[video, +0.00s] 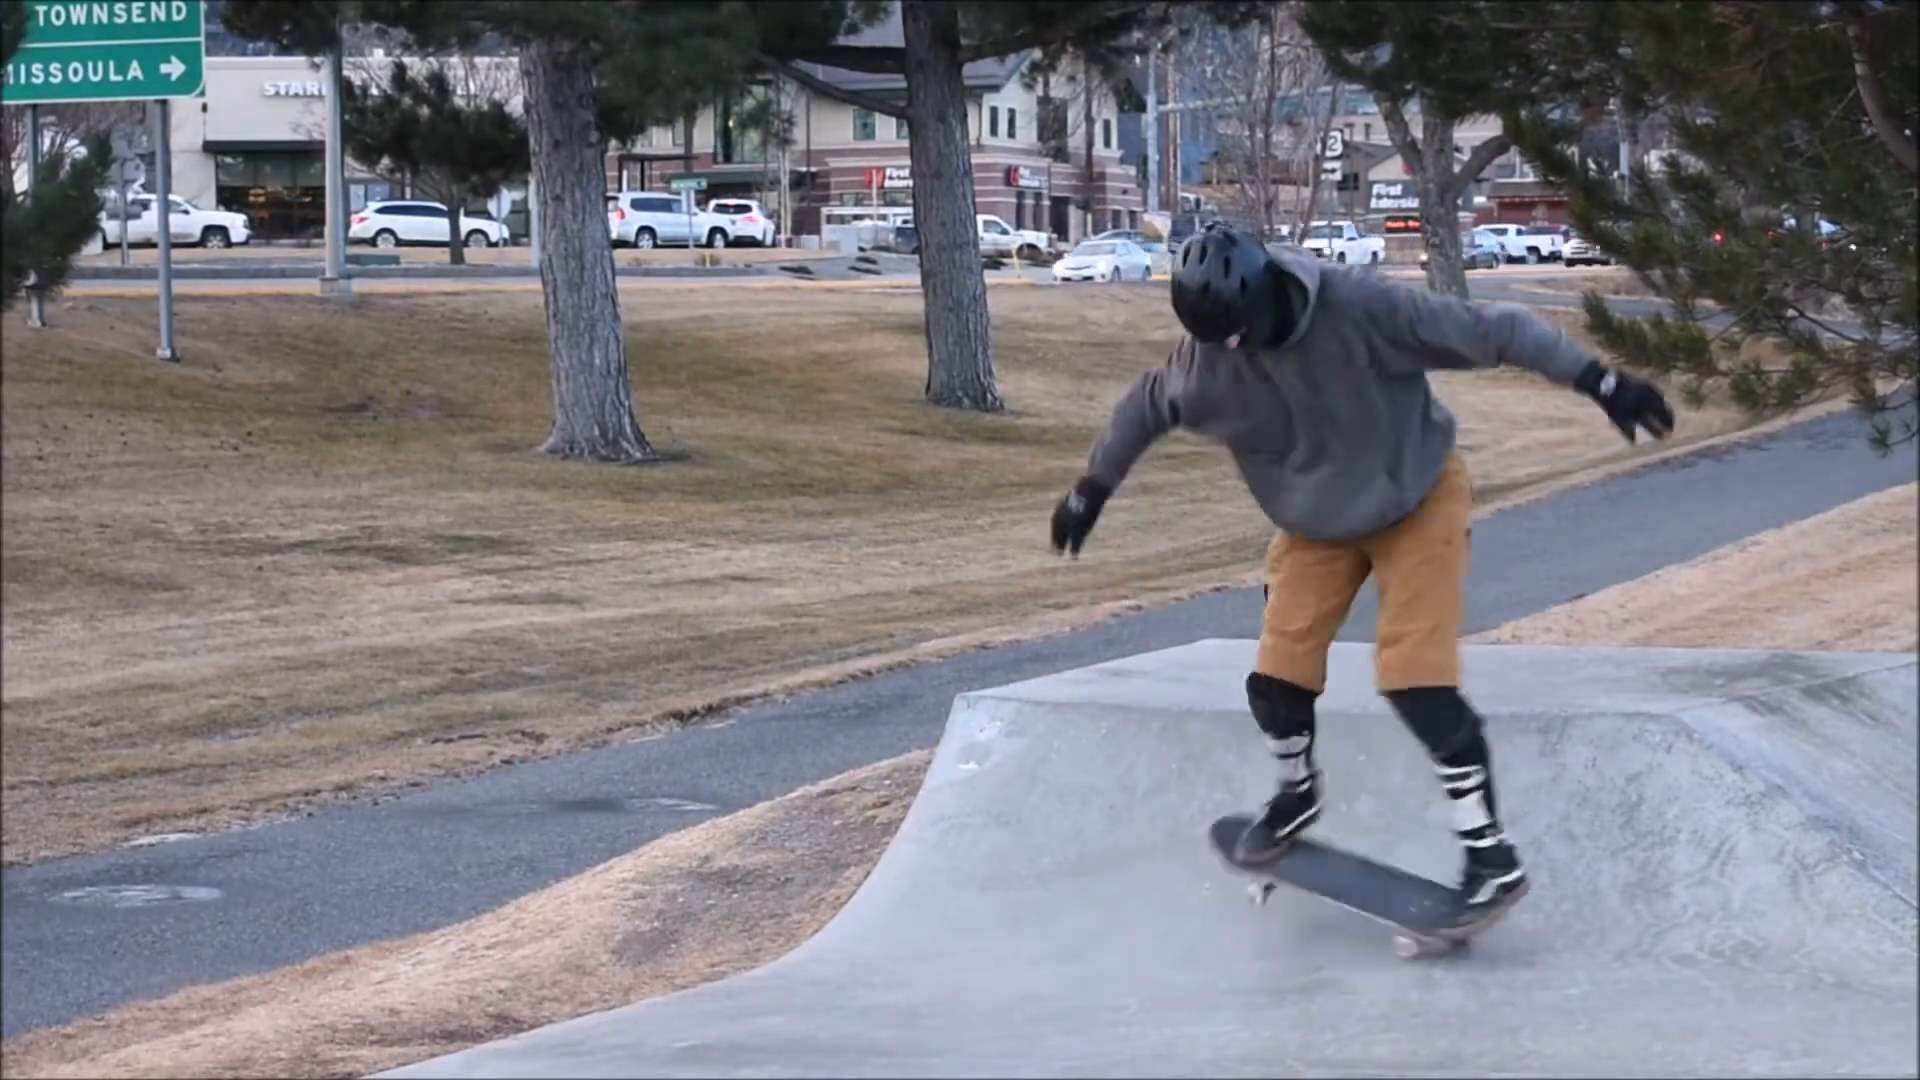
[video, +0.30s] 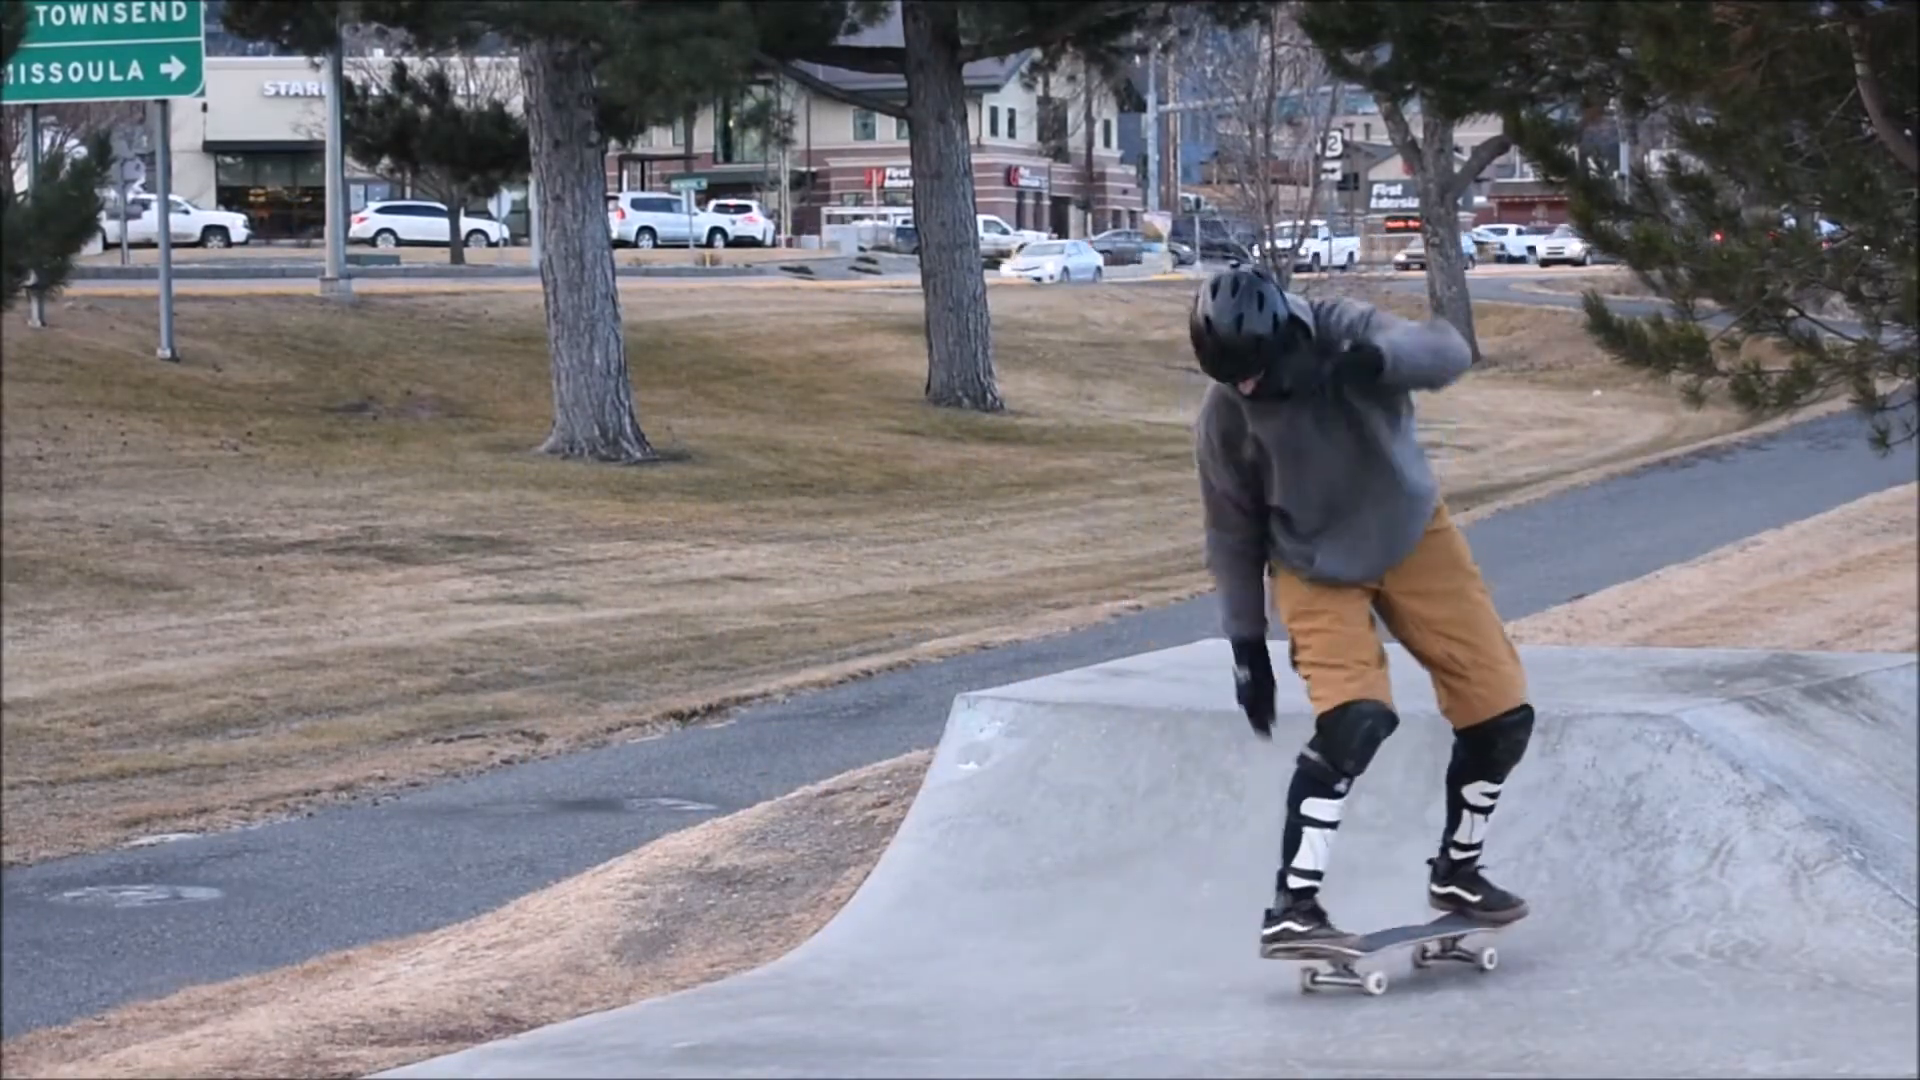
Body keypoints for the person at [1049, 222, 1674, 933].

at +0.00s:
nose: (1233, 343)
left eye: (1238, 327)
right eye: (1219, 334)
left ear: (1263, 294)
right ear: (1202, 322)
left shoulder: (1353, 304)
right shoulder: (1204, 367)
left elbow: (1488, 329)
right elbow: (1140, 412)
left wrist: (1600, 380)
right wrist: (1089, 493)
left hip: (1417, 491)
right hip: (1315, 517)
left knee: (1416, 680)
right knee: (1279, 683)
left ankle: (1489, 850)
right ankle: (1298, 794)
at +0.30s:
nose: (1247, 392)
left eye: (1255, 377)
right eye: (1232, 383)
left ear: (1283, 337)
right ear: (1212, 363)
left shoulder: (1338, 327)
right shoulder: (1224, 419)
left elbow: (1452, 353)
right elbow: (1232, 535)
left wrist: (1373, 357)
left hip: (1412, 533)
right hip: (1312, 564)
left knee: (1499, 718)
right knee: (1357, 720)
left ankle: (1457, 869)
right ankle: (1293, 905)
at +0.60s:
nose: (1227, 299)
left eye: (1242, 282)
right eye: (1215, 284)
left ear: (1278, 271)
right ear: (1200, 280)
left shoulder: (1339, 326)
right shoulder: (1189, 365)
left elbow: (1434, 412)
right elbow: (1156, 501)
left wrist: (1434, 484)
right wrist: (1177, 573)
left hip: (1352, 546)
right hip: (1246, 564)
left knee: (1434, 724)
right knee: (1278, 728)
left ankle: (1400, 882)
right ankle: (1218, 916)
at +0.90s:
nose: (1207, 236)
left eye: (1224, 221)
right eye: (1196, 220)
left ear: (1259, 220)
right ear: (1179, 221)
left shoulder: (1311, 308)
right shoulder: (1153, 323)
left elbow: (1361, 426)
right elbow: (1098, 460)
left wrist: (1394, 538)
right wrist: (1103, 572)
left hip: (1283, 552)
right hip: (1171, 560)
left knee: (1352, 738)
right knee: (1184, 742)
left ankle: (1331, 893)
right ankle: (1135, 931)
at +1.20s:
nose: (1265, 501)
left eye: (1283, 492)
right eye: (1261, 486)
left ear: (1303, 469)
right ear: (1235, 450)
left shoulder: (1289, 473)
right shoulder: (1151, 461)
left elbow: (1316, 556)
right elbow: (1027, 566)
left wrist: (1361, 599)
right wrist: (1020, 688)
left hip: (1196, 617)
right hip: (1099, 606)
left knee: (1283, 751)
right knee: (1190, 750)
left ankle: (1197, 885)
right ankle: (1083, 911)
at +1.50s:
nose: (1303, 367)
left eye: (1315, 357)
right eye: (1289, 356)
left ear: (1349, 330)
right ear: (1266, 324)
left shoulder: (1394, 336)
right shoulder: (1233, 302)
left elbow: (1483, 433)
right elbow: (1165, 284)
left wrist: (1486, 526)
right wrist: (1100, 303)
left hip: (1367, 483)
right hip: (1261, 480)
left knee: (1432, 647)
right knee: (1266, 655)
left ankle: (1456, 765)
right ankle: (1228, 766)